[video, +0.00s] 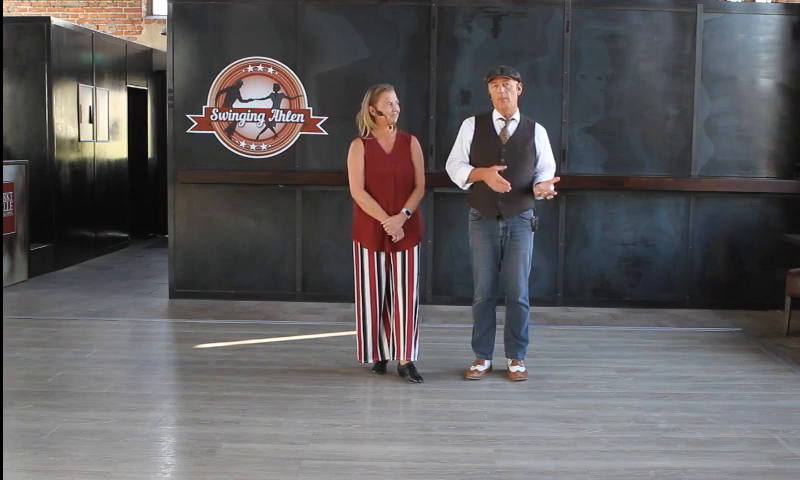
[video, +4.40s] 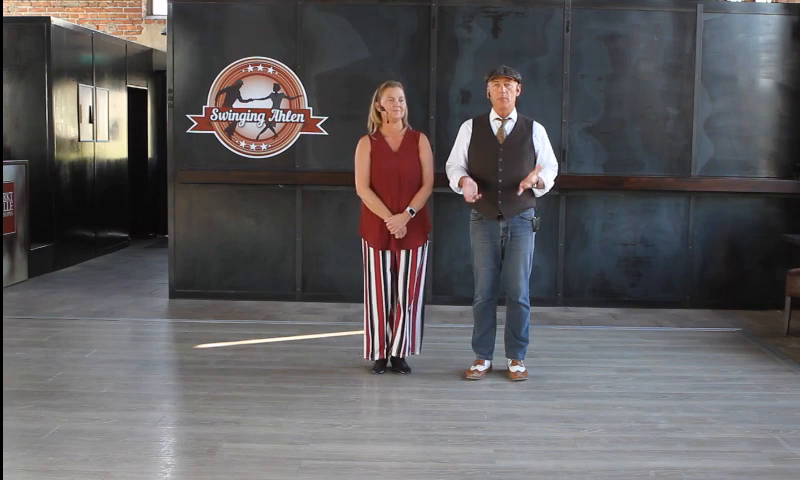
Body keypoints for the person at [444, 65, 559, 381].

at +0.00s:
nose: (501, 92)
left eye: (507, 86)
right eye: (496, 87)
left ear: (518, 90)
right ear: (489, 92)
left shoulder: (536, 131)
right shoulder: (472, 126)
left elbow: (545, 171)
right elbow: (454, 167)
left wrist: (542, 186)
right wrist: (482, 173)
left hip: (521, 219)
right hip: (482, 219)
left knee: (517, 293)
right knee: (484, 292)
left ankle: (516, 359)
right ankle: (482, 358)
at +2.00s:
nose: (503, 91)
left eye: (508, 86)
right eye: (497, 86)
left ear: (518, 91)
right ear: (489, 91)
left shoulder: (534, 131)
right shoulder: (470, 127)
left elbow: (549, 171)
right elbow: (452, 169)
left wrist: (525, 176)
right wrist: (482, 174)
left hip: (521, 221)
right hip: (483, 221)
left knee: (518, 293)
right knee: (484, 292)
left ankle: (516, 359)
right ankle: (482, 358)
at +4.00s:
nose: (500, 90)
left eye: (505, 85)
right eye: (495, 86)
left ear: (516, 90)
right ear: (487, 92)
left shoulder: (534, 130)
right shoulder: (470, 128)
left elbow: (551, 170)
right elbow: (454, 170)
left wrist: (531, 174)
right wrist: (472, 173)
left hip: (521, 220)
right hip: (482, 220)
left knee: (518, 292)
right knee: (484, 292)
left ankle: (516, 359)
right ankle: (482, 358)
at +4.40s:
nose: (503, 92)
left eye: (509, 87)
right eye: (498, 87)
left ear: (517, 91)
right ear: (489, 91)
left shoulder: (534, 130)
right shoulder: (470, 128)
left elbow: (550, 169)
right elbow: (453, 166)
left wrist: (537, 178)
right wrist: (464, 180)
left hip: (521, 219)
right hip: (482, 219)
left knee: (517, 292)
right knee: (484, 292)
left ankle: (516, 359)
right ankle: (482, 358)